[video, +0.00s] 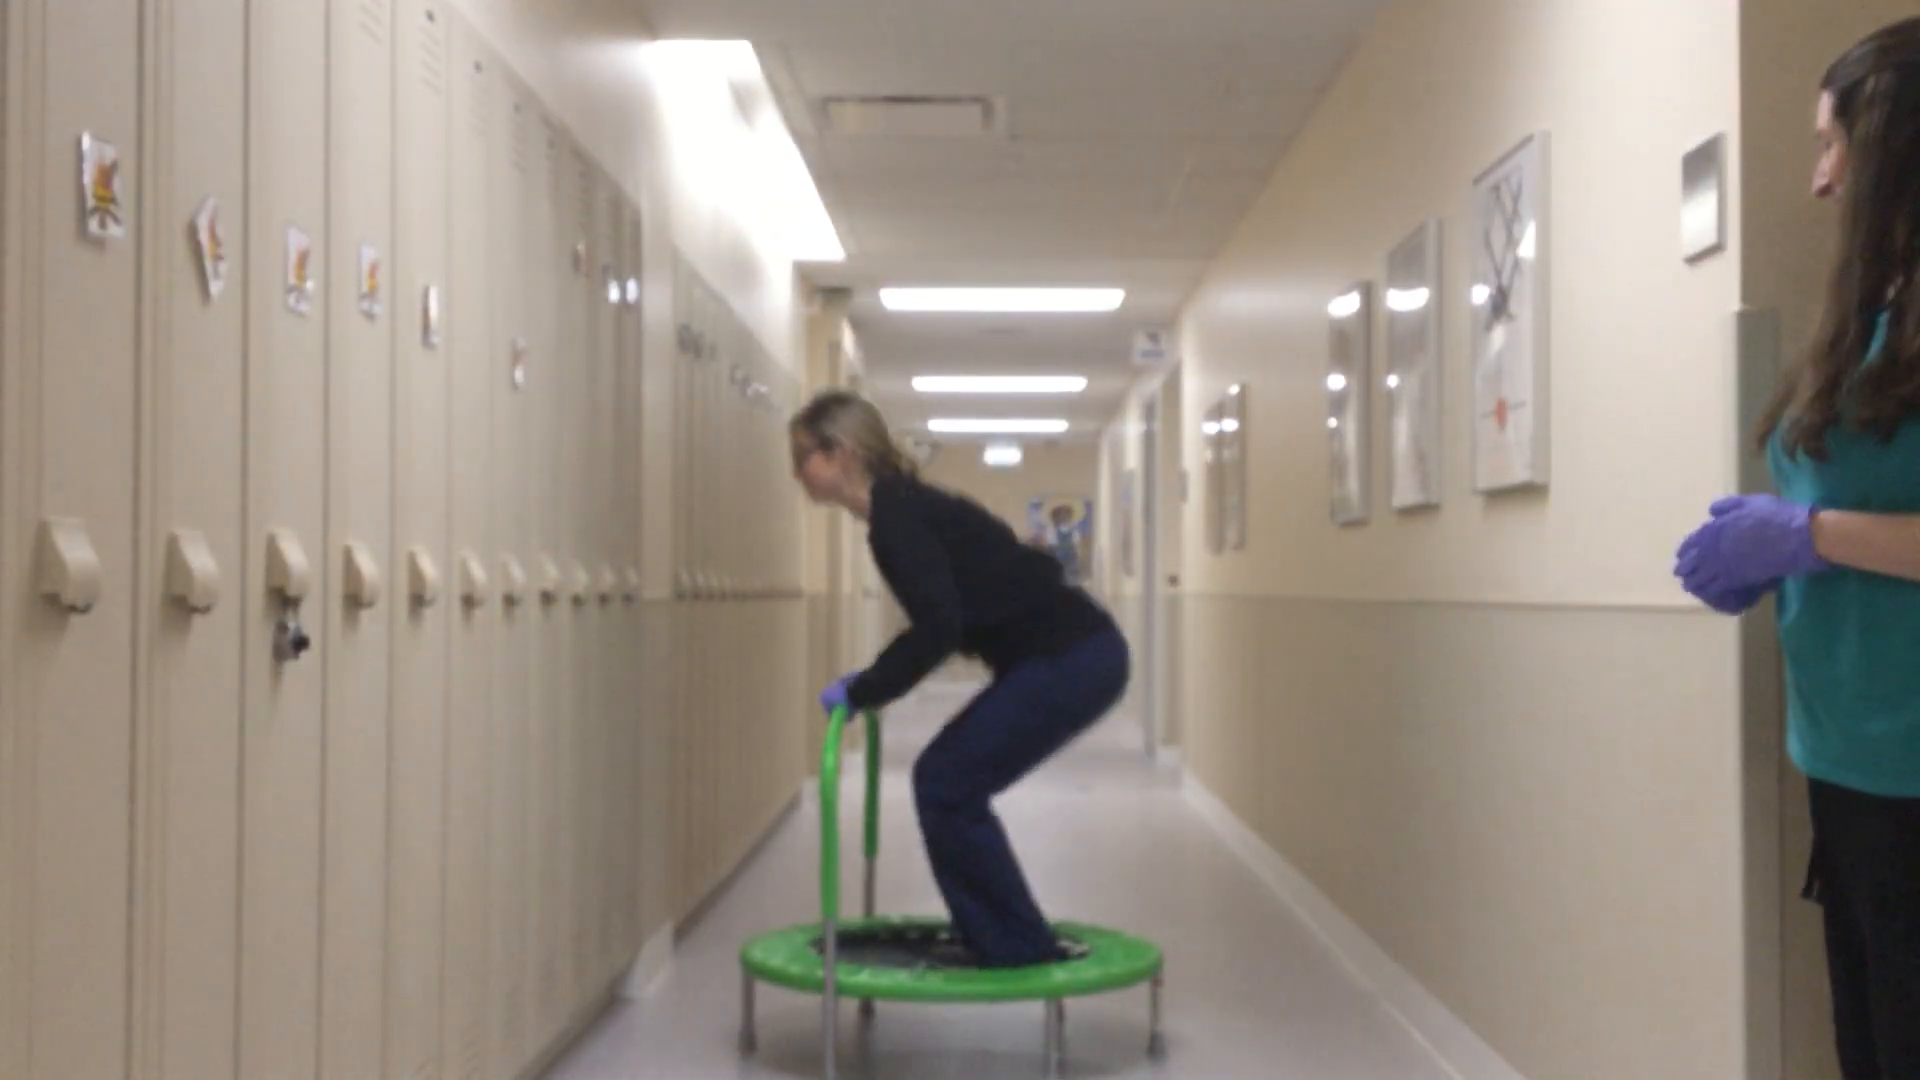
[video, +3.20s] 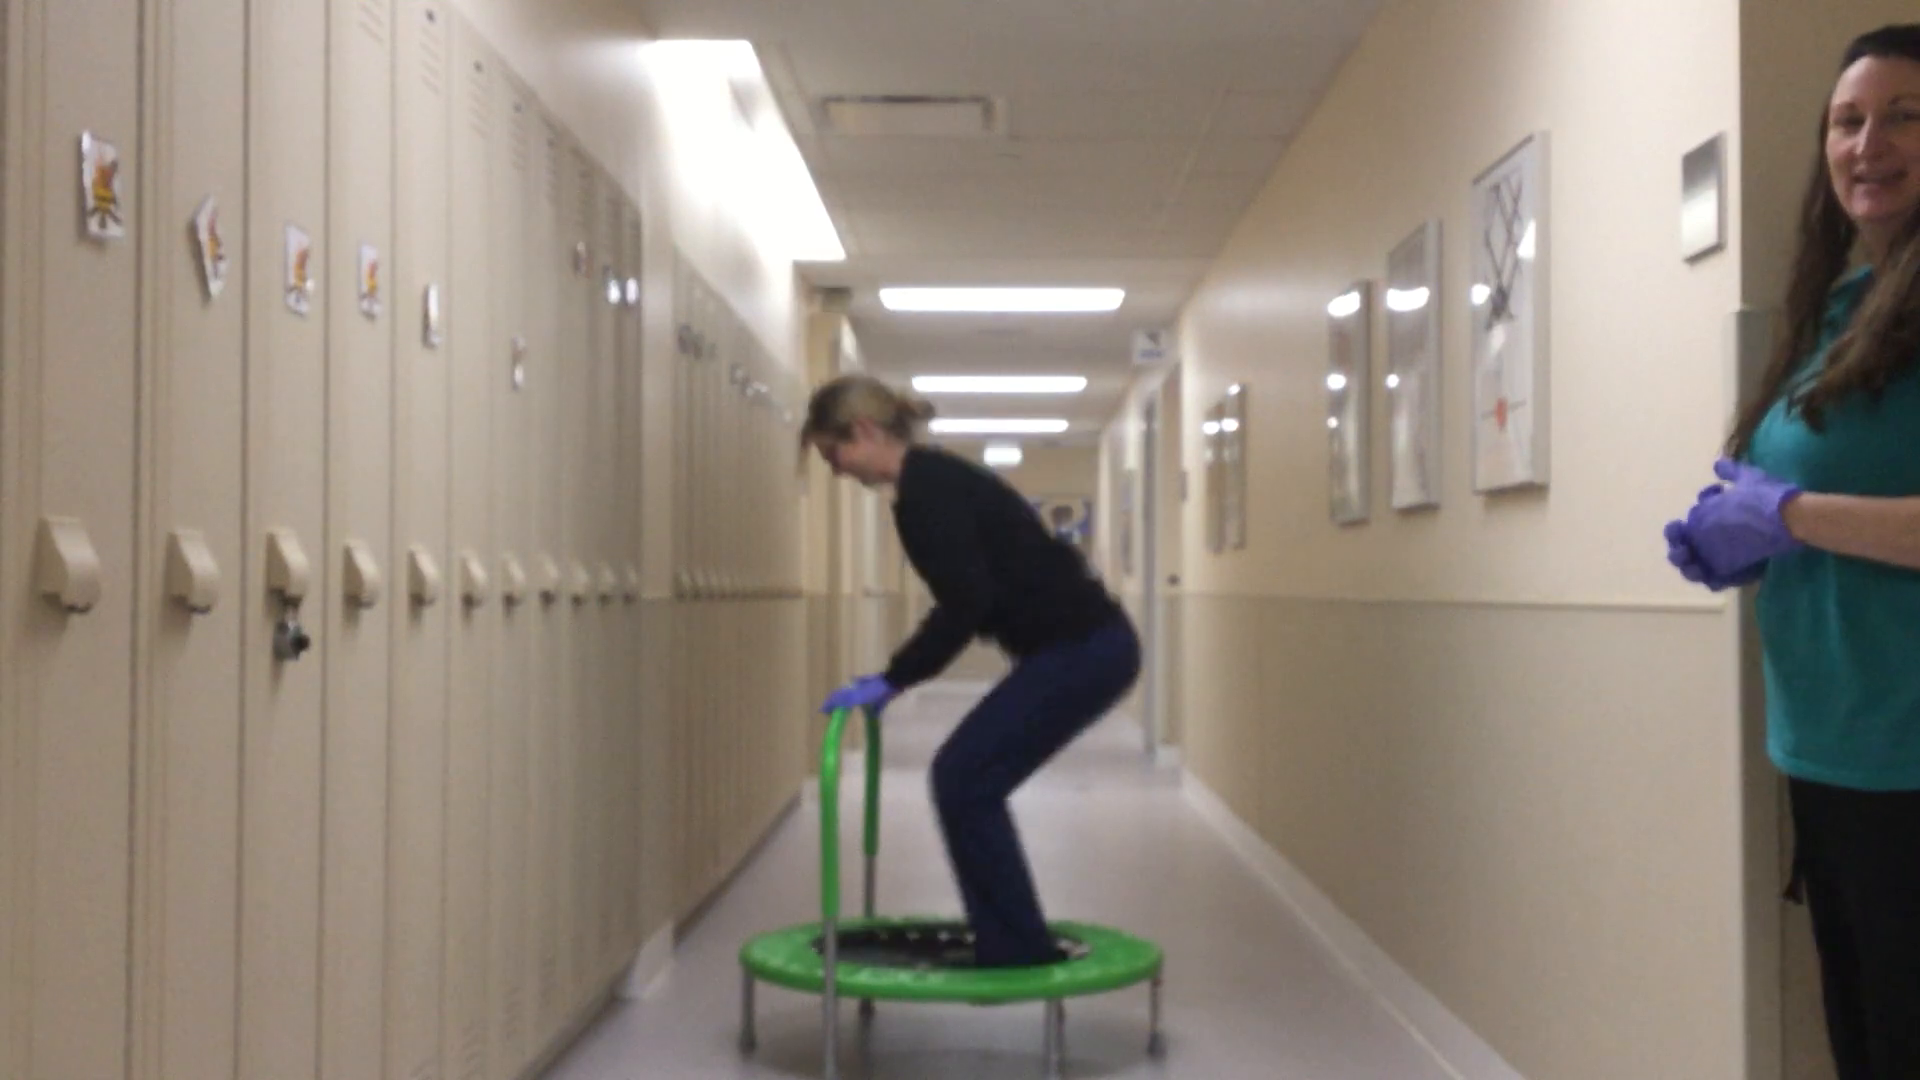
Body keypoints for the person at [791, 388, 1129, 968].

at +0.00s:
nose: (797, 473)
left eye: (802, 457)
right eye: (796, 459)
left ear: (838, 455)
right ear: (841, 456)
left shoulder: (899, 512)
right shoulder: (896, 511)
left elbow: (941, 626)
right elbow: (938, 624)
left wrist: (863, 690)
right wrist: (865, 684)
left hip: (1075, 659)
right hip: (1066, 656)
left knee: (947, 778)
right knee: (943, 775)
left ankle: (1013, 942)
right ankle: (993, 933)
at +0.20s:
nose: (769, 413)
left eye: (773, 395)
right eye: (766, 397)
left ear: (809, 391)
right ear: (816, 391)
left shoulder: (877, 441)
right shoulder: (878, 438)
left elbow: (886, 572)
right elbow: (898, 575)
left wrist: (853, 682)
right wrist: (856, 680)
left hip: (1079, 537)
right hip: (1068, 538)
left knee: (972, 690)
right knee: (966, 690)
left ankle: (1013, 881)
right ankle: (985, 878)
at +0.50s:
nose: (796, 458)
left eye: (802, 443)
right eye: (796, 444)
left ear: (836, 446)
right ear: (841, 446)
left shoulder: (892, 500)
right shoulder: (895, 496)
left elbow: (932, 616)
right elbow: (934, 614)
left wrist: (864, 686)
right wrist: (865, 682)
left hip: (1073, 640)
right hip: (1076, 636)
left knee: (955, 776)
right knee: (966, 776)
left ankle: (1012, 942)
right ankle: (1016, 937)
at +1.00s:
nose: (750, 417)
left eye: (753, 400)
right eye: (747, 403)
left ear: (788, 394)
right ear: (798, 393)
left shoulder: (851, 443)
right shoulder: (862, 438)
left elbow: (873, 569)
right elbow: (894, 573)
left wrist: (854, 682)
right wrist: (861, 679)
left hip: (1061, 539)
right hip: (1060, 537)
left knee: (1014, 723)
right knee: (1012, 721)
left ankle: (1014, 919)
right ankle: (1011, 916)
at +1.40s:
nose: (776, 450)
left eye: (782, 434)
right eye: (774, 436)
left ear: (818, 432)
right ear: (820, 434)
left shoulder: (873, 491)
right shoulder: (870, 489)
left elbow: (911, 608)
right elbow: (908, 607)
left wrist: (857, 687)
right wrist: (858, 682)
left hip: (1061, 622)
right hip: (1056, 620)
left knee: (955, 766)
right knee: (956, 764)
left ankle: (998, 936)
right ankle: (996, 932)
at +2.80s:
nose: (824, 386)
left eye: (819, 368)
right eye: (815, 374)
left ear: (851, 346)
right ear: (856, 346)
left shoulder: (916, 398)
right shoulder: (918, 396)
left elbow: (908, 528)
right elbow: (909, 528)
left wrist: (879, 646)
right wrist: (880, 645)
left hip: (1087, 541)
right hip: (1083, 539)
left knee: (1006, 707)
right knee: (1006, 708)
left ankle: (1014, 909)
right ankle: (1005, 905)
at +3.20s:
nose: (839, 468)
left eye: (835, 452)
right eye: (830, 458)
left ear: (865, 430)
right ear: (868, 431)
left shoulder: (929, 487)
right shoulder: (924, 486)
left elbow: (966, 603)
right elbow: (962, 604)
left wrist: (891, 681)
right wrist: (891, 678)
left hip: (1087, 650)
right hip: (1076, 648)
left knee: (964, 775)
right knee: (961, 773)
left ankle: (1016, 946)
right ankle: (1012, 942)